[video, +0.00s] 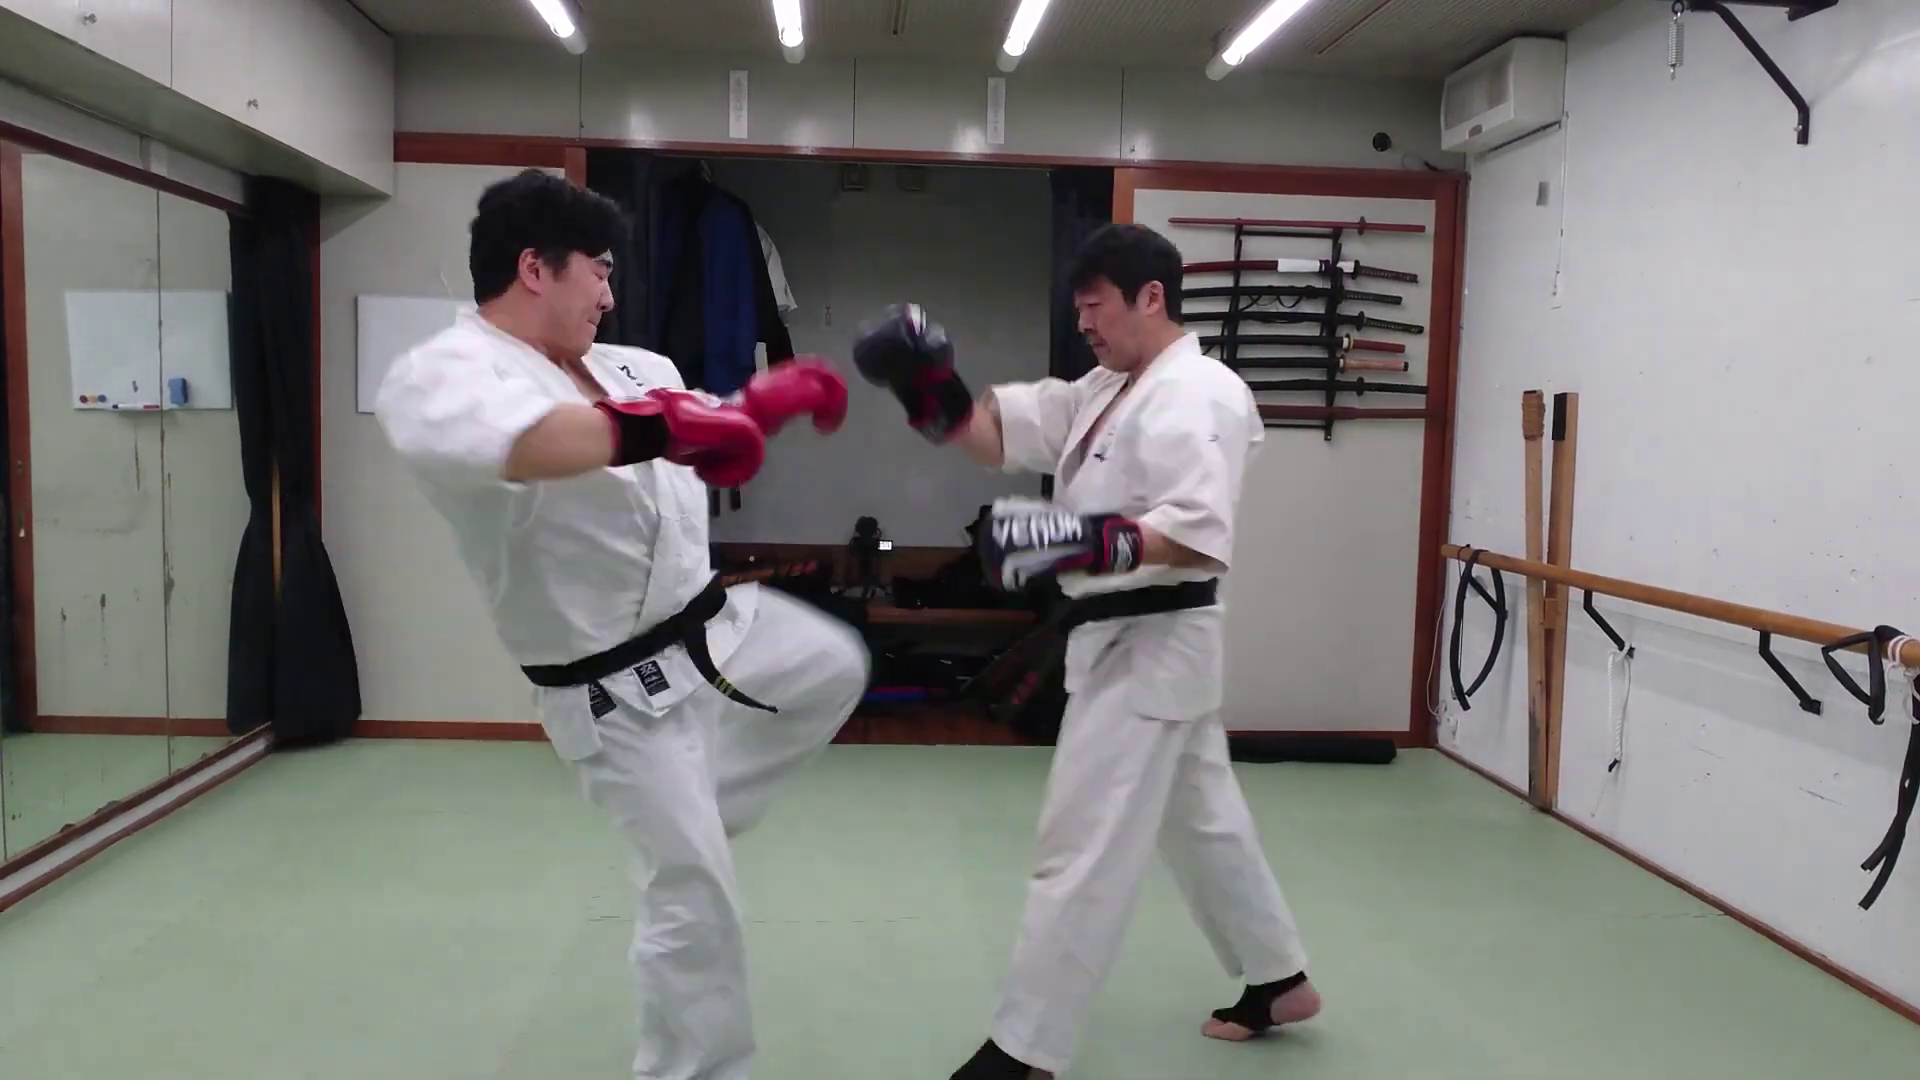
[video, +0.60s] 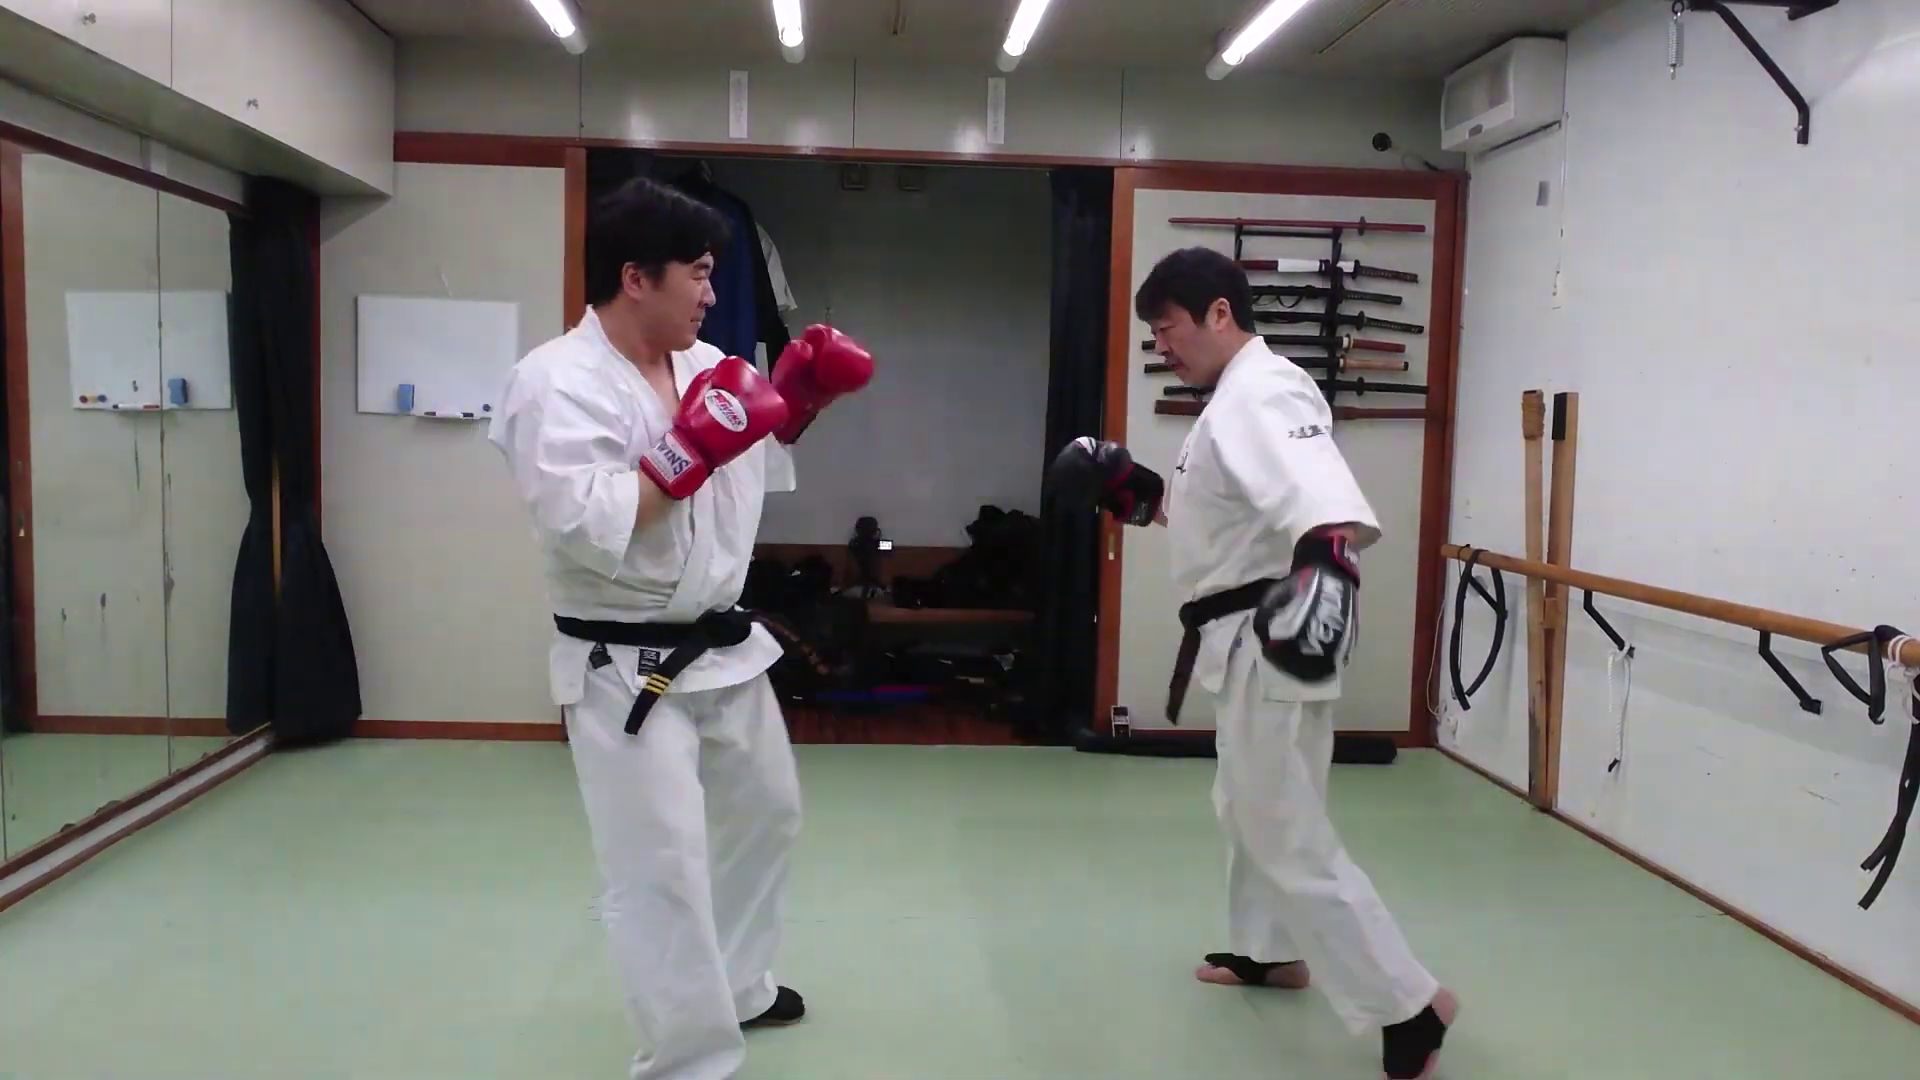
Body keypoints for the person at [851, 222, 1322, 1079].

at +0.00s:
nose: (1085, 328)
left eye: (1094, 309)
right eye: (1080, 313)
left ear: (1152, 298)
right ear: (1140, 304)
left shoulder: (1199, 395)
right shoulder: (1107, 387)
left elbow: (1193, 536)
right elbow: (998, 431)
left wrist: (1081, 540)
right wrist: (931, 388)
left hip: (1155, 647)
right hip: (1121, 640)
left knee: (1082, 849)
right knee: (1202, 819)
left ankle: (1023, 1051)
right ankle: (1278, 984)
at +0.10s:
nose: (1119, 329)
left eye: (1134, 309)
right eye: (1110, 314)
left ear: (1188, 302)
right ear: (1111, 317)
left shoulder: (1234, 394)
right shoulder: (1122, 412)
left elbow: (1161, 497)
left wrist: (1031, 477)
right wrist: (1013, 471)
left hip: (1237, 635)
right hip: (1166, 636)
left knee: (1167, 825)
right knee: (1220, 814)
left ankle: (1124, 1035)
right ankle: (1278, 986)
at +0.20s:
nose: (1137, 330)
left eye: (1151, 309)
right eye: (1127, 316)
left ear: (1204, 295)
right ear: (1126, 315)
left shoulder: (1220, 380)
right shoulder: (1186, 381)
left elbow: (1086, 493)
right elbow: (1101, 473)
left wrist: (996, 514)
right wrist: (1038, 415)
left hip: (1296, 628)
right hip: (1235, 633)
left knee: (1281, 830)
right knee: (1193, 804)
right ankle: (1247, 968)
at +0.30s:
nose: (1155, 354)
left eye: (1168, 333)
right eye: (1146, 338)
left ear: (1225, 321)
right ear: (1146, 340)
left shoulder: (1242, 402)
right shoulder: (1205, 402)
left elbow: (1118, 524)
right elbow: (1109, 454)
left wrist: (1028, 581)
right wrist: (1079, 359)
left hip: (1335, 650)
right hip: (1254, 654)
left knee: (1396, 859)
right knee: (1195, 805)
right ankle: (1233, 925)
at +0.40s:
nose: (1176, 379)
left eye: (1186, 359)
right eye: (1168, 365)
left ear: (1238, 343)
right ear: (1223, 353)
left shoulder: (1266, 426)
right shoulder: (1233, 421)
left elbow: (1186, 557)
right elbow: (1150, 482)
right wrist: (1133, 391)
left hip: (1332, 662)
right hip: (1267, 666)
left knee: (1402, 863)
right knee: (1235, 813)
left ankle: (1465, 1043)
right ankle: (1267, 944)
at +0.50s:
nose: (1168, 365)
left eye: (1176, 346)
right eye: (1161, 351)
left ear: (1228, 333)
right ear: (1225, 340)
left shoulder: (1257, 414)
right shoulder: (1241, 407)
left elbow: (1273, 557)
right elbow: (1211, 526)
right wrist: (1141, 459)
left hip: (1297, 644)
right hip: (1256, 639)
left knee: (1349, 837)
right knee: (1240, 797)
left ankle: (1451, 1027)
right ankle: (1268, 948)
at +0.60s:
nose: (1160, 350)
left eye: (1167, 331)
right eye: (1155, 335)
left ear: (1219, 315)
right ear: (1218, 322)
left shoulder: (1254, 393)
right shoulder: (1238, 394)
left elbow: (1314, 482)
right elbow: (1218, 514)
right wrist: (1143, 490)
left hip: (1273, 636)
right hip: (1245, 636)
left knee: (1277, 825)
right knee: (1247, 802)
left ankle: (1406, 1003)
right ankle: (1273, 952)